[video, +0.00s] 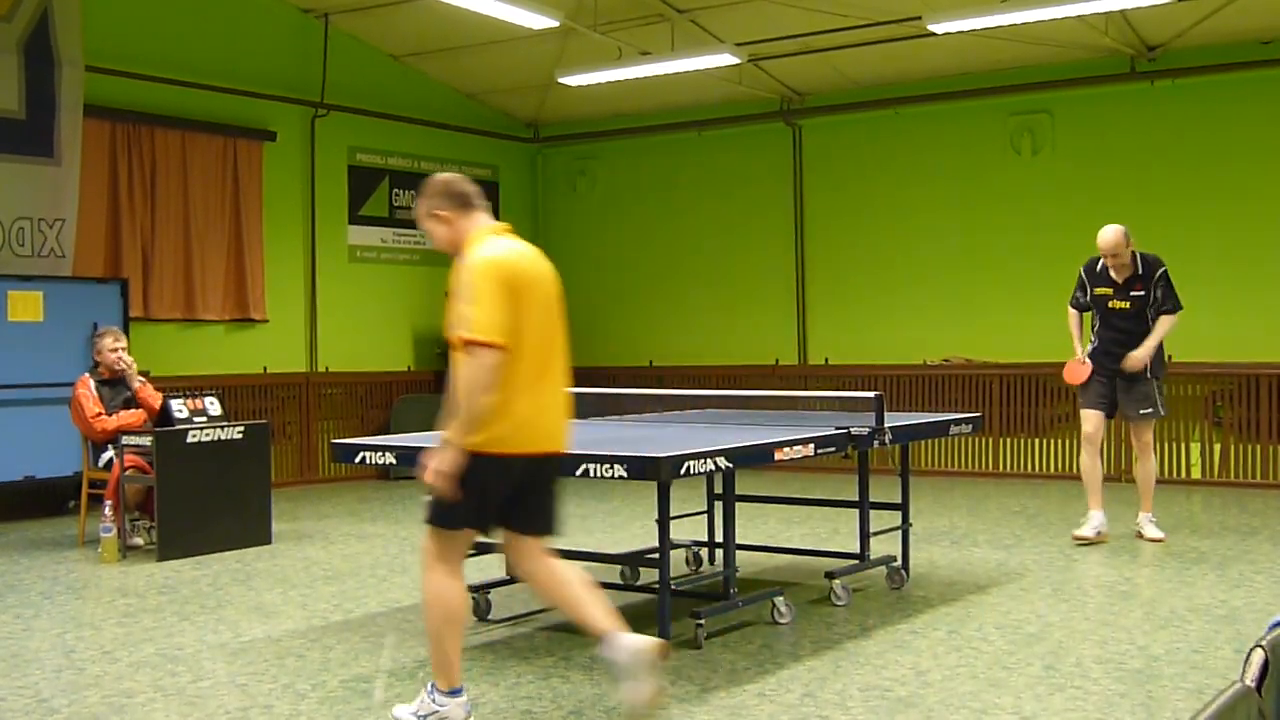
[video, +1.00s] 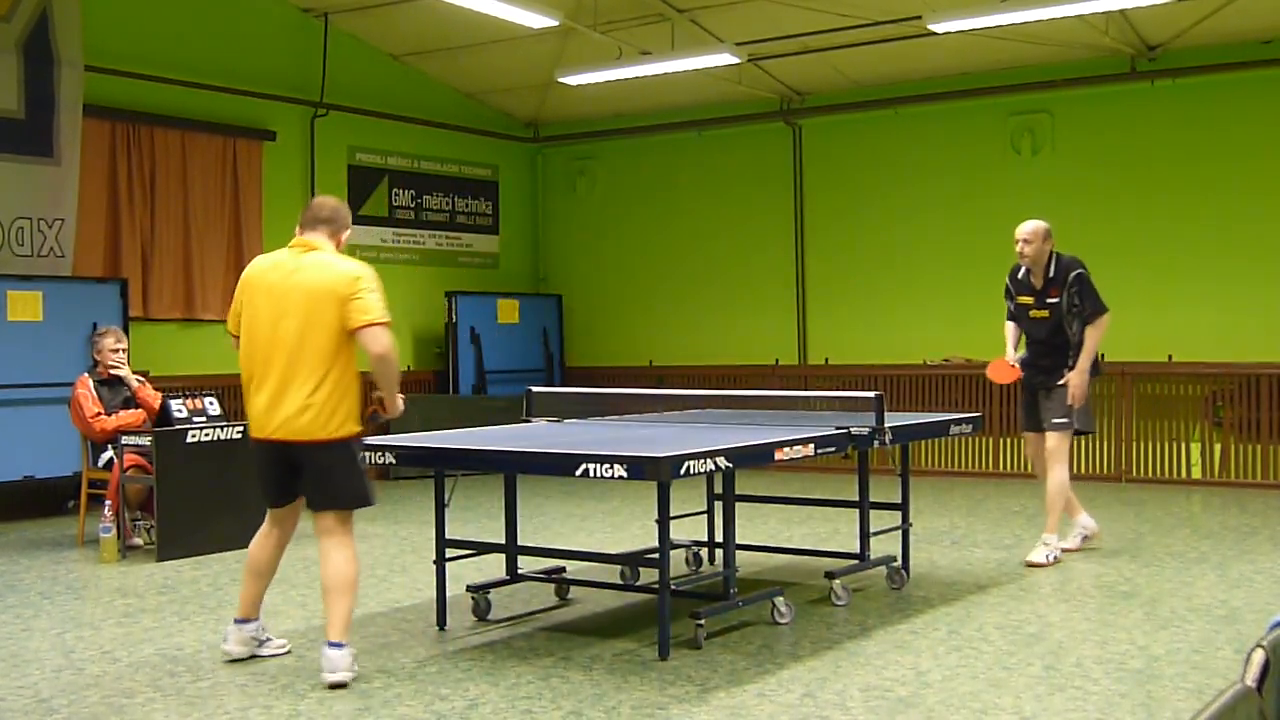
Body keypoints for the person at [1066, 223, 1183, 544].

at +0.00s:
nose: (1109, 262)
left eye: (1115, 257)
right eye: (1104, 257)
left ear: (1130, 248)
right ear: (1099, 252)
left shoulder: (1153, 268)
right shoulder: (1091, 270)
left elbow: (1170, 312)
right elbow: (1075, 307)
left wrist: (1144, 351)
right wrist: (1078, 348)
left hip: (1139, 364)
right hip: (1099, 363)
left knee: (1143, 442)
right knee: (1089, 435)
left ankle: (1146, 517)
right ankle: (1095, 516)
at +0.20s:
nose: (1093, 269)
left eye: (1098, 262)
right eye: (1089, 263)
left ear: (1115, 252)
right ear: (1084, 258)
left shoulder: (1139, 269)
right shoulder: (1080, 275)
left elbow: (1158, 315)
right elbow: (1066, 316)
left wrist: (1126, 350)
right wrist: (1071, 355)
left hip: (1132, 371)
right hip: (1092, 369)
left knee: (1140, 446)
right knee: (1089, 441)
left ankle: (1146, 517)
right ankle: (1091, 523)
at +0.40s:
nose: (1071, 266)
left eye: (1076, 259)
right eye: (1067, 261)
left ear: (1092, 249)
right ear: (1062, 255)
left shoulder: (1120, 266)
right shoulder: (1058, 276)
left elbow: (1146, 311)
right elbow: (1048, 322)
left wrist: (1133, 356)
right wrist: (1047, 367)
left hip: (1116, 370)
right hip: (1075, 372)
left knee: (1134, 450)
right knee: (1073, 443)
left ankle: (1145, 504)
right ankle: (1087, 527)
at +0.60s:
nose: (1050, 253)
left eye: (1055, 247)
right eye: (1045, 247)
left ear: (1074, 242)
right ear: (1043, 245)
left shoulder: (1103, 263)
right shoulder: (1041, 274)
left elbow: (1135, 306)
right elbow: (1032, 320)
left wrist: (1123, 354)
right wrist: (1032, 360)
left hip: (1101, 368)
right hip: (1060, 370)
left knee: (1106, 443)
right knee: (1070, 447)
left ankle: (1121, 517)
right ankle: (1087, 527)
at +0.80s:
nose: (1033, 248)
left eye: (1039, 242)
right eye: (1029, 242)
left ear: (1059, 242)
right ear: (1028, 244)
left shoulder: (1086, 266)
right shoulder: (1026, 276)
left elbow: (1117, 309)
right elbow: (1020, 318)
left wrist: (1104, 360)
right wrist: (1020, 350)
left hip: (1085, 367)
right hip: (1049, 368)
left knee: (1081, 444)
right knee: (1062, 449)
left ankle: (1071, 527)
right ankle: (1086, 526)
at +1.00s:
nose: (1020, 248)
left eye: (1027, 242)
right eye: (1017, 242)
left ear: (1047, 245)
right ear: (1016, 245)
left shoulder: (1070, 272)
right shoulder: (1016, 276)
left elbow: (1099, 319)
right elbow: (1012, 318)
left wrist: (1082, 370)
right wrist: (1010, 351)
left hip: (1063, 372)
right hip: (1031, 372)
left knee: (1057, 455)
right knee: (1038, 456)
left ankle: (1050, 540)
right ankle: (1082, 521)